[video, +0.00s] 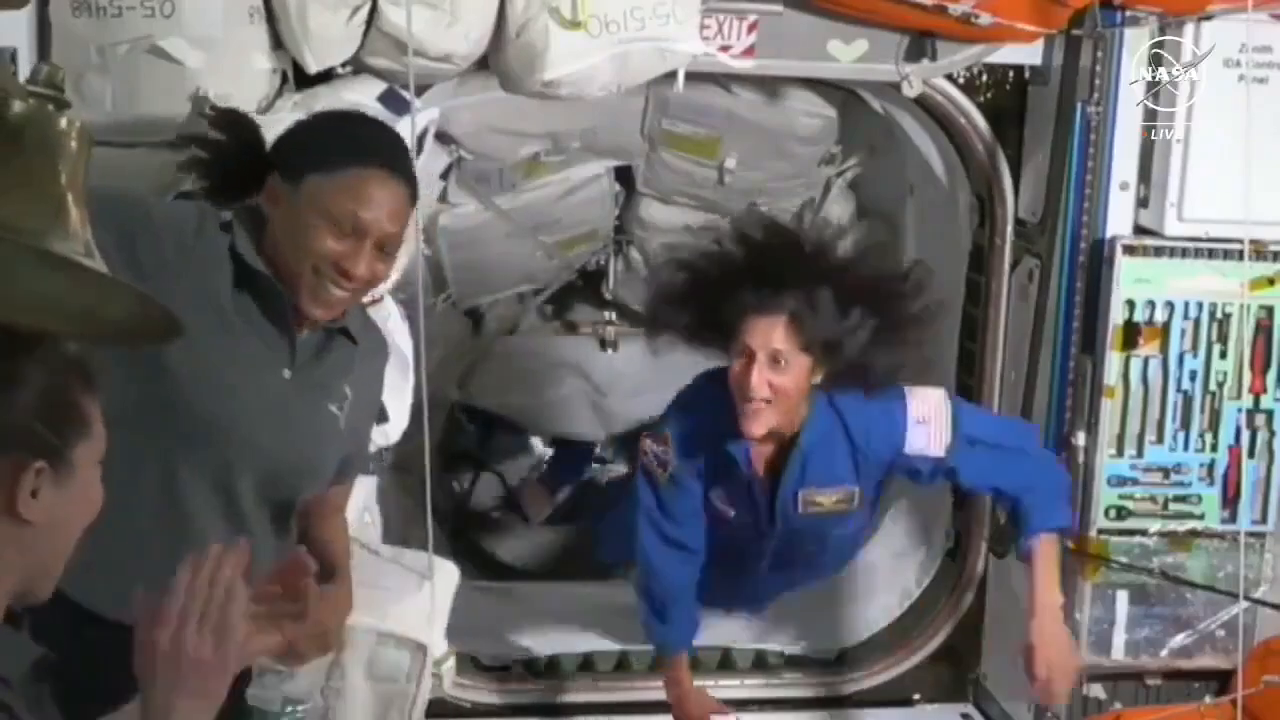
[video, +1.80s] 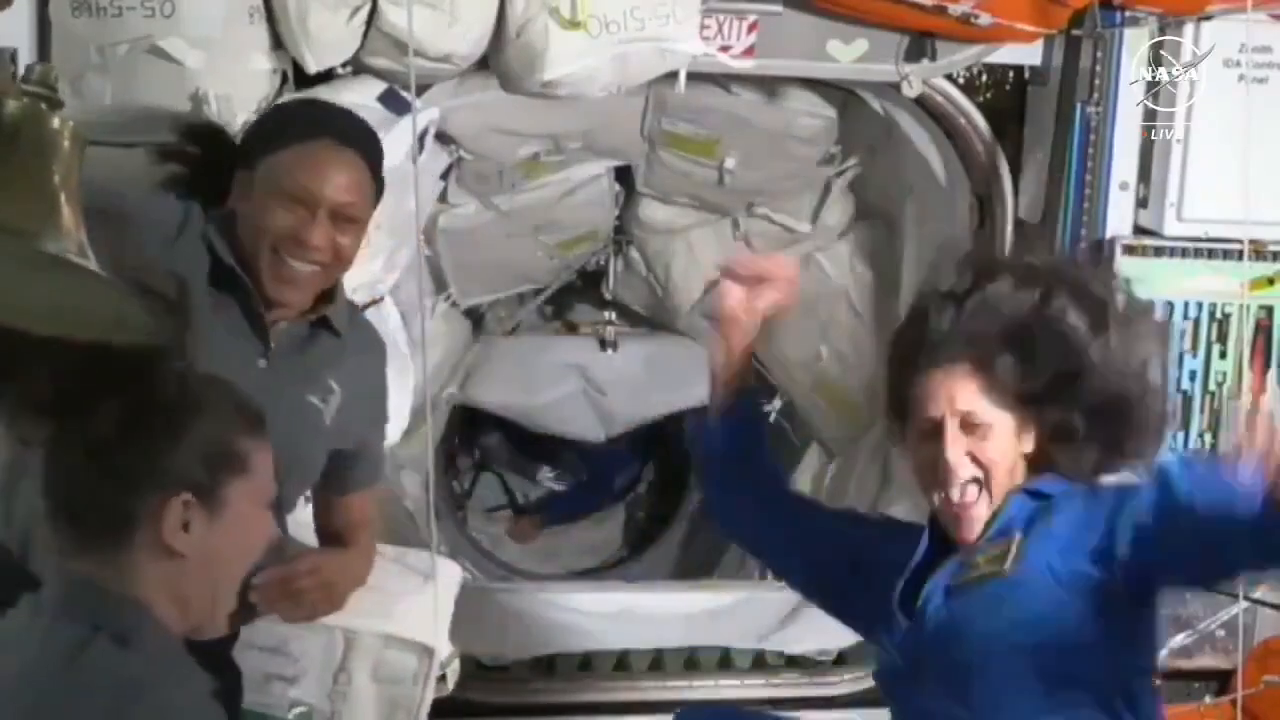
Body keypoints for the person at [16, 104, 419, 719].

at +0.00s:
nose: (361, 266)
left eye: (385, 249)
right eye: (344, 231)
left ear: (399, 254)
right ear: (274, 196)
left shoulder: (361, 352)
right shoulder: (154, 242)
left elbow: (325, 507)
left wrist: (338, 596)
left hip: (217, 651)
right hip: (74, 621)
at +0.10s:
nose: (387, 275)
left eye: (400, 255)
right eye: (372, 245)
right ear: (289, 208)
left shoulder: (360, 353)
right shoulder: (159, 245)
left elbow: (325, 504)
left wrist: (325, 590)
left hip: (222, 646)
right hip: (74, 619)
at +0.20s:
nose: (401, 281)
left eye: (408, 254)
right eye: (392, 250)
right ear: (309, 221)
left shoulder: (357, 348)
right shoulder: (143, 248)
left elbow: (324, 505)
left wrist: (329, 591)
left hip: (228, 658)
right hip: (76, 634)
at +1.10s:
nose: (367, 263)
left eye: (380, 240)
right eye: (349, 231)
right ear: (262, 205)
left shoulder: (346, 342)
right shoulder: (139, 248)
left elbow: (326, 500)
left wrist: (365, 559)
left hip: (223, 664)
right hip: (86, 645)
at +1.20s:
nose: (322, 247)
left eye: (351, 229)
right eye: (304, 211)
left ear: (370, 239)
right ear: (246, 192)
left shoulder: (349, 345)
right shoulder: (145, 250)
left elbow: (332, 503)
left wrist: (363, 554)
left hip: (222, 654)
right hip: (85, 634)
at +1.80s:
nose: (315, 240)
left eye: (344, 222)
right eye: (295, 205)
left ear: (365, 235)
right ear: (240, 192)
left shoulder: (356, 353)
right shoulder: (163, 239)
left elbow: (351, 517)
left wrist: (349, 566)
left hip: (216, 622)